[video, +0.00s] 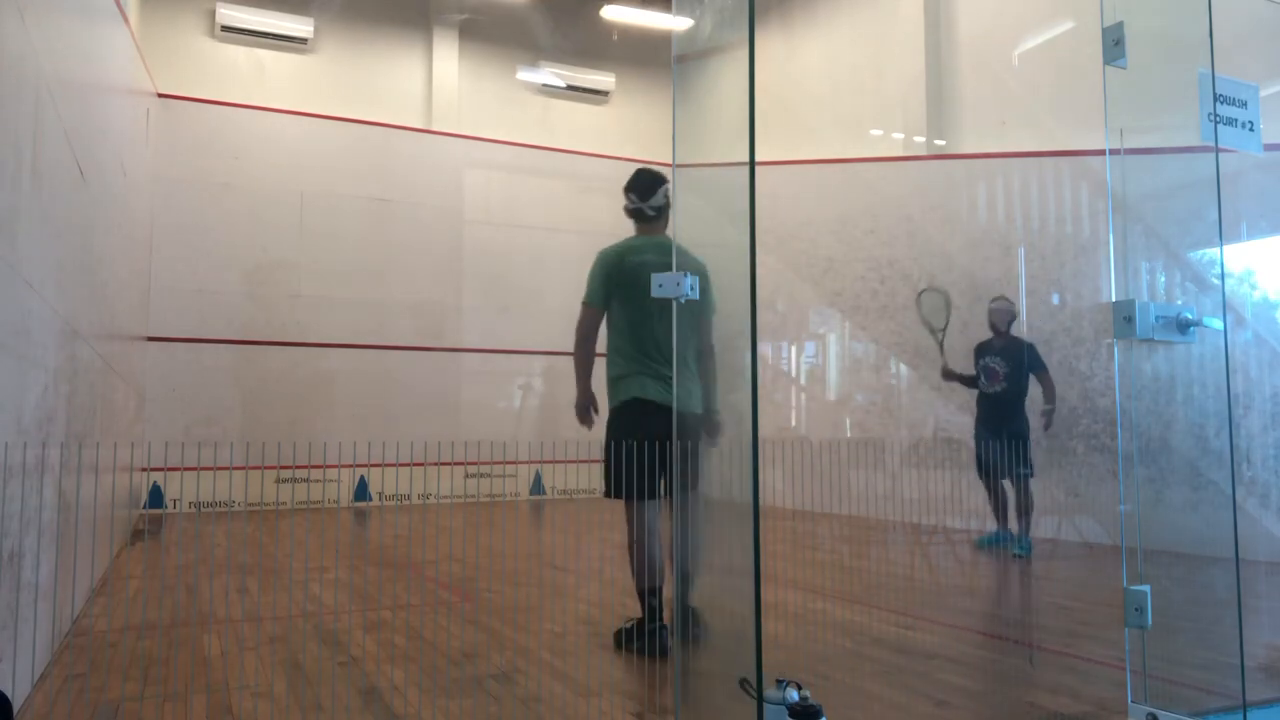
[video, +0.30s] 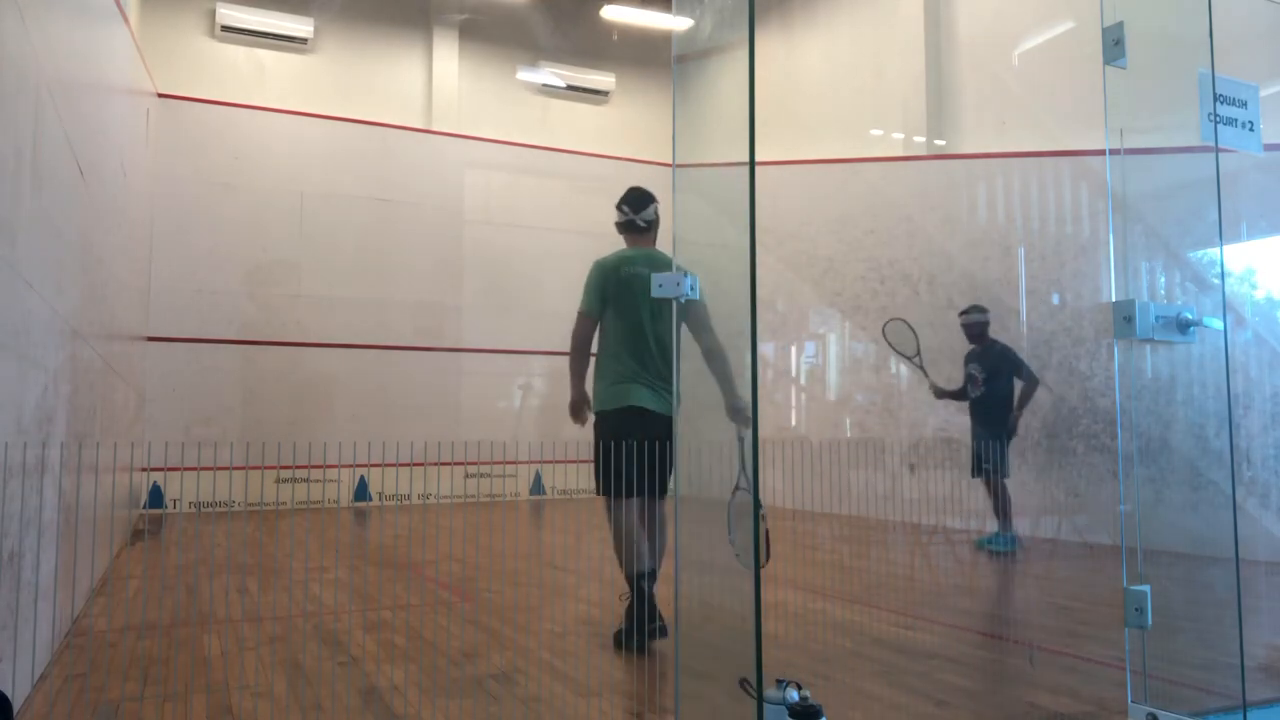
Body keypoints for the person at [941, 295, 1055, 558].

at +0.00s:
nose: (997, 317)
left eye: (1002, 312)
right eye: (993, 312)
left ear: (1012, 316)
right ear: (988, 316)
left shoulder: (1023, 348)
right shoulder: (982, 349)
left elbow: (1045, 380)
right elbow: (981, 382)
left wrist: (1049, 408)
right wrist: (955, 377)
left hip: (1013, 421)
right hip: (986, 422)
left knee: (1019, 479)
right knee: (990, 479)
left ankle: (1023, 538)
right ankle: (1002, 531)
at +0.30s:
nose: (967, 332)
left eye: (971, 326)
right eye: (964, 327)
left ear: (984, 325)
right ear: (964, 328)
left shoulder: (1001, 352)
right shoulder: (971, 357)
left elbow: (1032, 380)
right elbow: (969, 392)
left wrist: (1016, 413)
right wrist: (945, 393)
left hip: (997, 425)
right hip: (980, 425)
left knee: (994, 479)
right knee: (988, 480)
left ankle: (1007, 533)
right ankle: (1003, 531)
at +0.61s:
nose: (951, 335)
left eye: (956, 330)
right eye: (949, 331)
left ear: (969, 330)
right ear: (947, 332)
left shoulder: (984, 357)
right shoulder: (949, 360)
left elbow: (1005, 390)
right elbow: (935, 390)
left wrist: (986, 415)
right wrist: (915, 415)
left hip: (975, 428)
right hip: (958, 429)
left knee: (947, 475)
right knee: (980, 480)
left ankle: (940, 529)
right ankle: (1004, 532)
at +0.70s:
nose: (944, 337)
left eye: (949, 332)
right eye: (942, 332)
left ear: (962, 332)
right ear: (940, 333)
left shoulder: (975, 358)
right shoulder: (941, 361)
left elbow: (992, 394)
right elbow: (927, 391)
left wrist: (973, 414)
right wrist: (910, 416)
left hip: (962, 429)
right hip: (947, 429)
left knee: (939, 479)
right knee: (968, 480)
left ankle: (940, 530)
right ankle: (1001, 528)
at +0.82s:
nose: (935, 336)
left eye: (939, 331)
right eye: (933, 331)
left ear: (952, 331)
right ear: (932, 332)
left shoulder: (965, 358)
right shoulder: (932, 358)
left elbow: (983, 395)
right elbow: (925, 390)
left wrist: (965, 416)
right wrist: (909, 413)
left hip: (955, 426)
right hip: (935, 425)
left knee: (942, 477)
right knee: (944, 479)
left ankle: (939, 529)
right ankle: (990, 520)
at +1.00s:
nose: (917, 337)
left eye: (921, 332)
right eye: (914, 332)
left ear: (934, 331)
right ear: (913, 333)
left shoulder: (949, 357)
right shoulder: (917, 358)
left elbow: (968, 392)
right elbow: (912, 390)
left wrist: (954, 419)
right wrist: (896, 415)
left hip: (943, 427)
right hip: (922, 426)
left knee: (937, 478)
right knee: (906, 471)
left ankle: (941, 529)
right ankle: (947, 512)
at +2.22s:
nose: (876, 330)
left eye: (881, 325)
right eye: (873, 325)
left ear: (893, 328)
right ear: (870, 328)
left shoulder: (908, 357)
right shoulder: (866, 360)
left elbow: (926, 389)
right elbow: (853, 389)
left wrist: (930, 421)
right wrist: (853, 410)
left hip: (903, 427)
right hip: (879, 428)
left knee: (904, 479)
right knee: (889, 481)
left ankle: (909, 528)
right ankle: (900, 523)